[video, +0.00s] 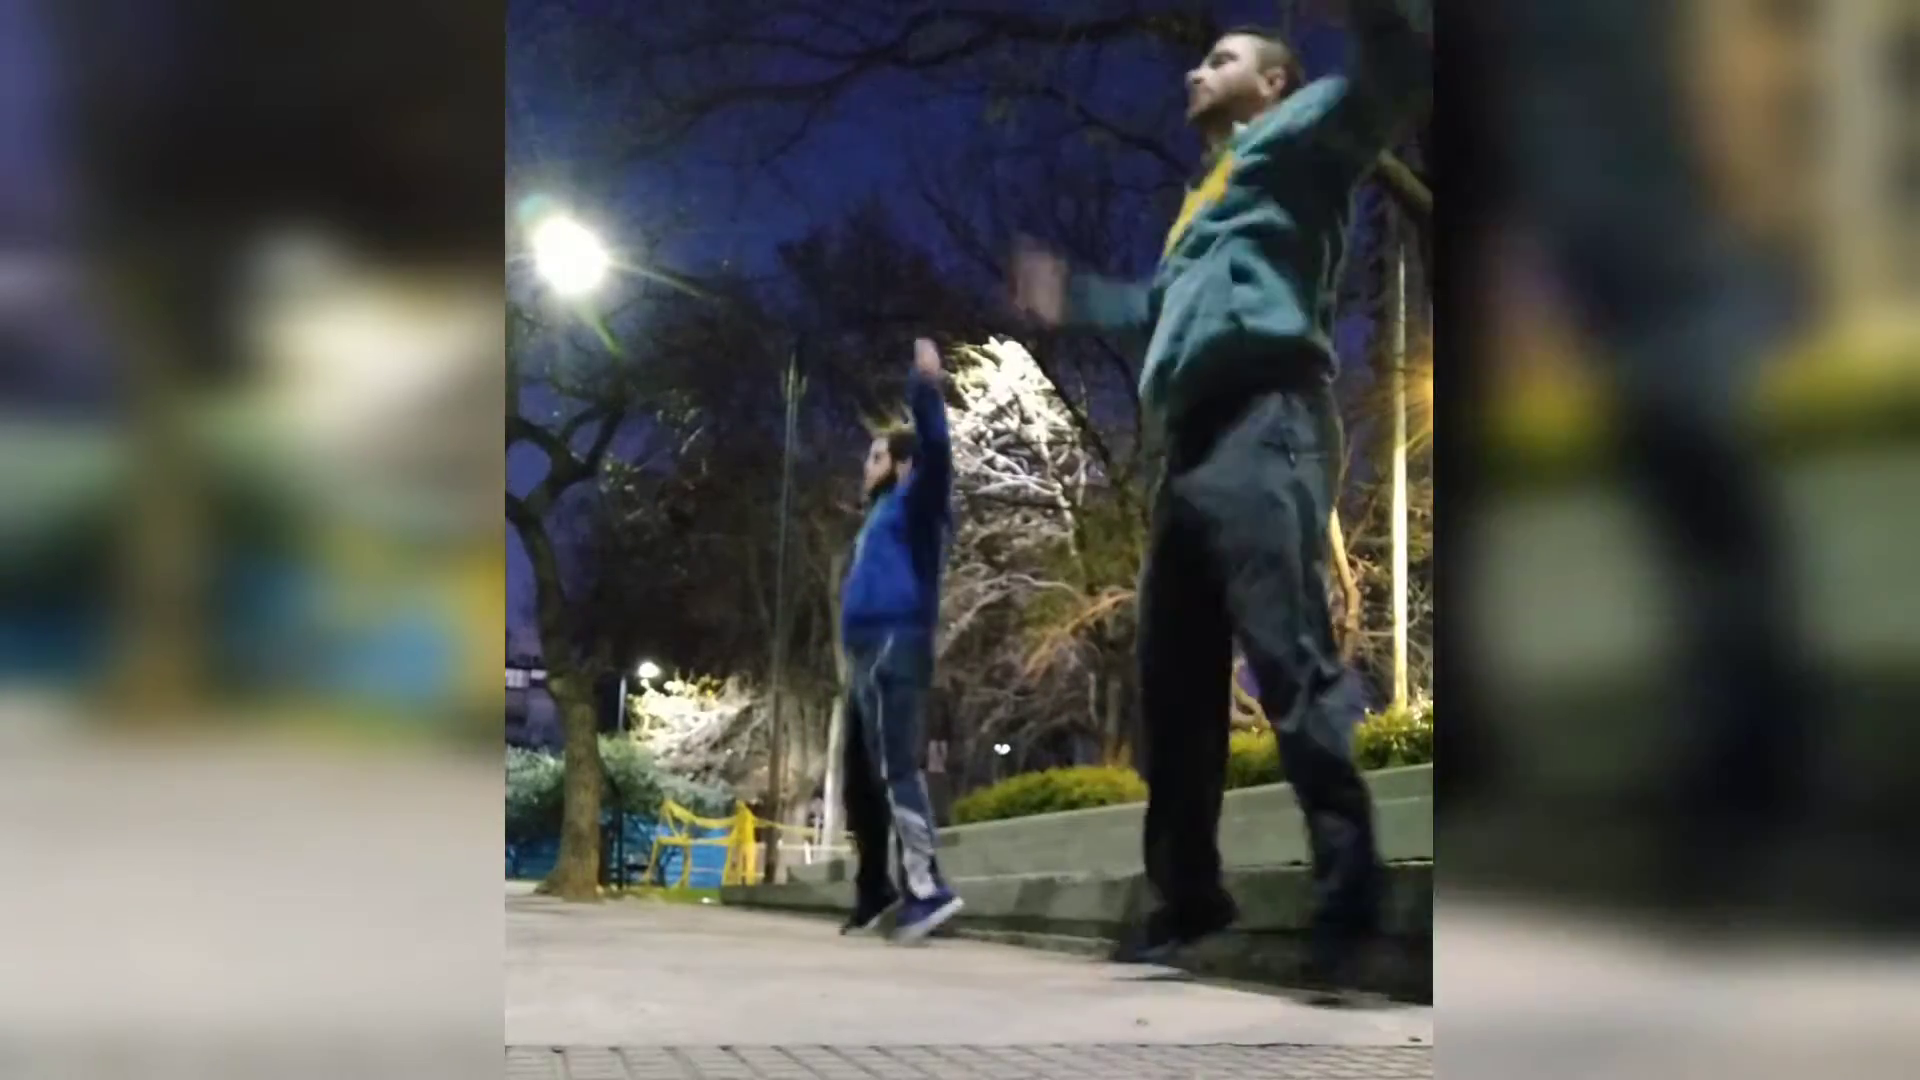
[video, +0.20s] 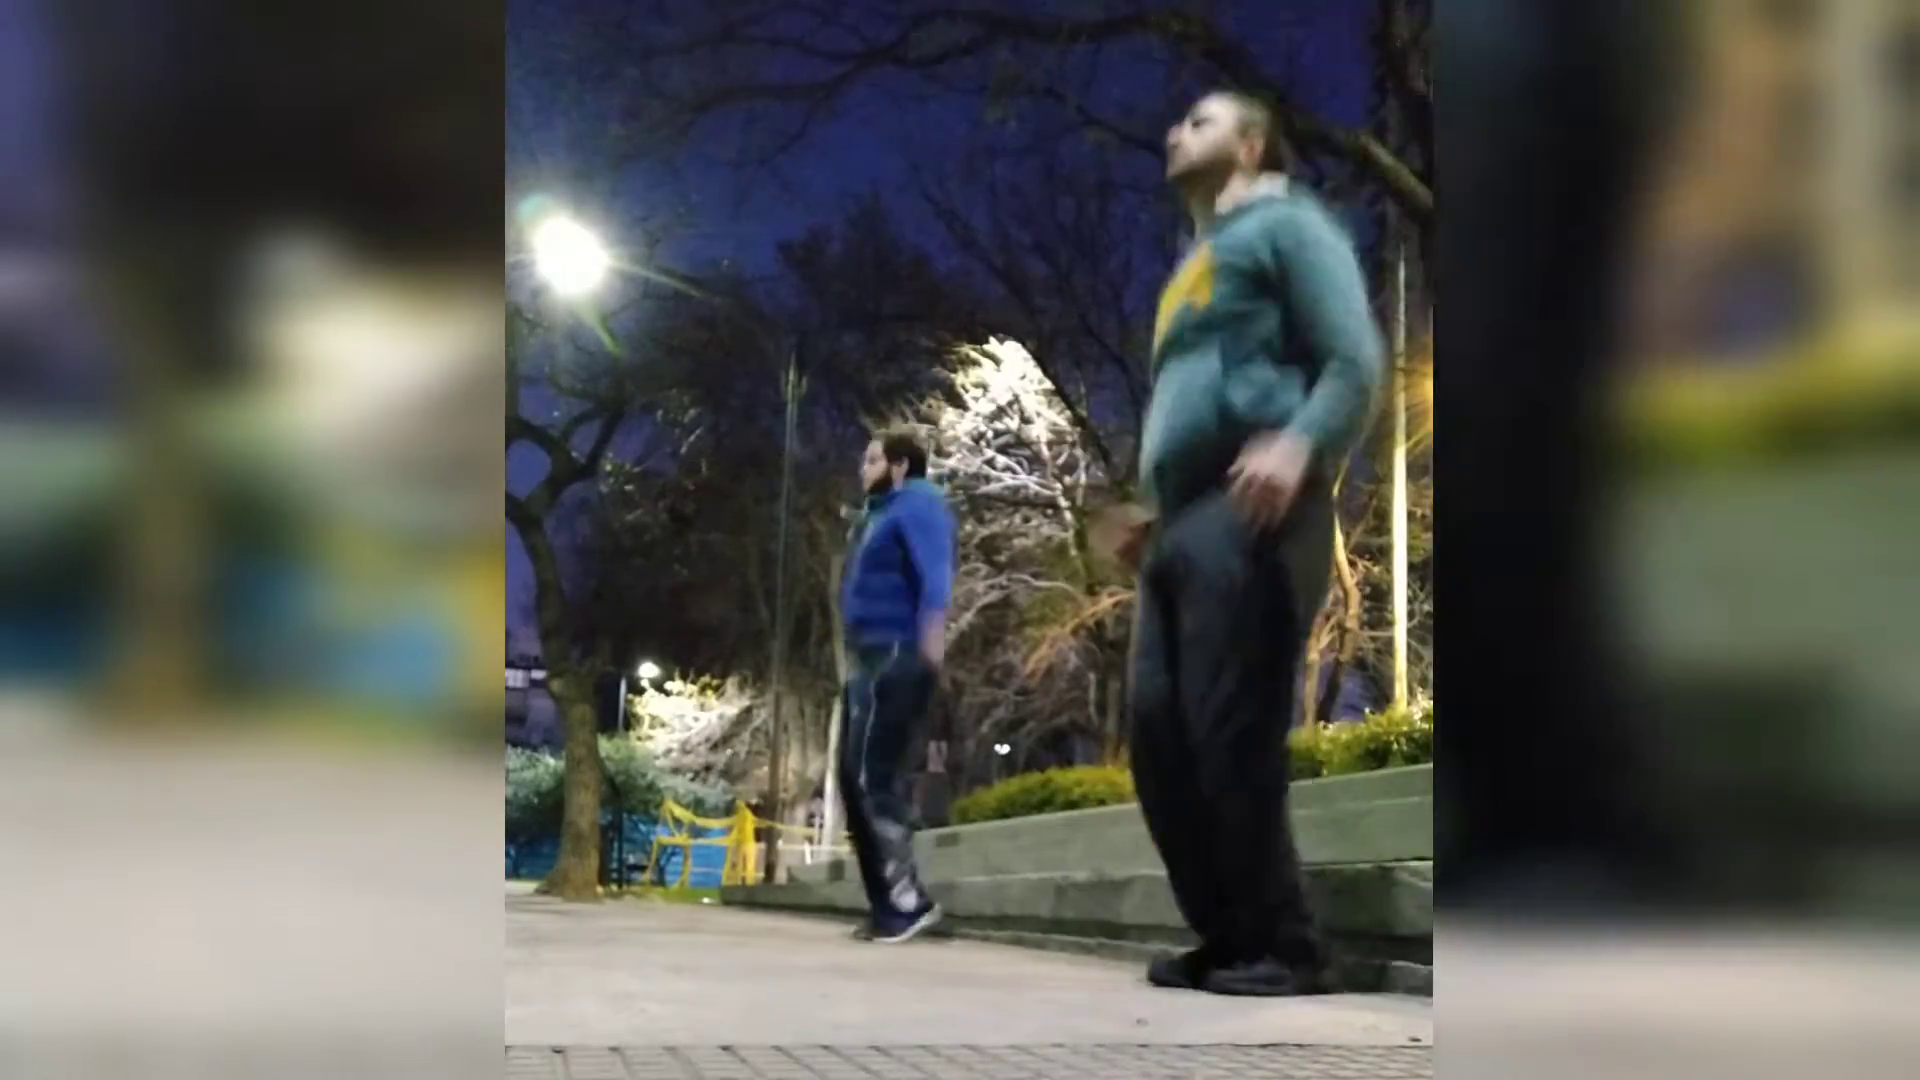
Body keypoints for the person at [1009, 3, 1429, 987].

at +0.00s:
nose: (1197, 73)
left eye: (1221, 61)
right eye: (1201, 63)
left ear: (1275, 80)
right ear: (1221, 95)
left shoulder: (1297, 140)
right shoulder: (1200, 214)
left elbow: (1388, 81)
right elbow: (1162, 309)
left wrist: (1380, 4)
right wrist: (1071, 294)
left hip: (1268, 419)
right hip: (1192, 446)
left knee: (1292, 660)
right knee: (1176, 679)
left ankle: (1351, 900)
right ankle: (1188, 895)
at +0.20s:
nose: (1179, 129)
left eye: (1202, 118)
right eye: (1180, 121)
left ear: (1253, 145)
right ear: (1192, 157)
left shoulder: (1289, 222)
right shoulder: (1196, 255)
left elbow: (1357, 360)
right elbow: (1194, 392)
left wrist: (1297, 444)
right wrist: (1156, 507)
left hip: (1250, 504)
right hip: (1179, 517)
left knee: (1229, 725)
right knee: (1156, 726)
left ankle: (1281, 947)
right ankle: (1223, 938)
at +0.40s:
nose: (1191, 86)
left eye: (1213, 72)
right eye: (1194, 75)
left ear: (1264, 95)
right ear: (1213, 106)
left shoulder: (1298, 173)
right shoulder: (1207, 209)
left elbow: (1352, 272)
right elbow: (1192, 347)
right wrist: (1159, 446)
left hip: (1259, 447)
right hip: (1193, 461)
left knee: (1243, 696)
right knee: (1183, 707)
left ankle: (1280, 942)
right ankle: (1220, 934)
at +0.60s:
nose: (1196, 79)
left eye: (1219, 69)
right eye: (1198, 72)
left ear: (1272, 90)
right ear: (1204, 105)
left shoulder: (1285, 162)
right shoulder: (1188, 218)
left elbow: (1343, 55)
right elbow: (1160, 250)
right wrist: (1123, 170)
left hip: (1262, 432)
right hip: (1190, 455)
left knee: (1297, 682)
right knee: (1170, 703)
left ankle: (1385, 933)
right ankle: (1170, 908)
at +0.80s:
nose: (1189, 133)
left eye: (1211, 118)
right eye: (1187, 125)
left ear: (1260, 138)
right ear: (1190, 160)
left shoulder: (1288, 208)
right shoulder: (1173, 247)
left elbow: (1335, 39)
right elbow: (1146, 207)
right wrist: (1165, 129)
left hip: (1264, 484)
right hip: (1189, 511)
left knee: (1274, 723)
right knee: (1150, 747)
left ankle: (1403, 952)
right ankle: (1169, 937)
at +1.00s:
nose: (1177, 68)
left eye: (1199, 52)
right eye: (1179, 56)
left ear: (1256, 74)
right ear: (1201, 85)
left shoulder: (1269, 139)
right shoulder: (1192, 199)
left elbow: (1348, 153)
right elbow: (1168, 346)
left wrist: (1329, 157)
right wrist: (1061, 373)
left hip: (1259, 421)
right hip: (1194, 445)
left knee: (1243, 645)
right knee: (1150, 676)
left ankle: (1315, 914)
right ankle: (1177, 900)